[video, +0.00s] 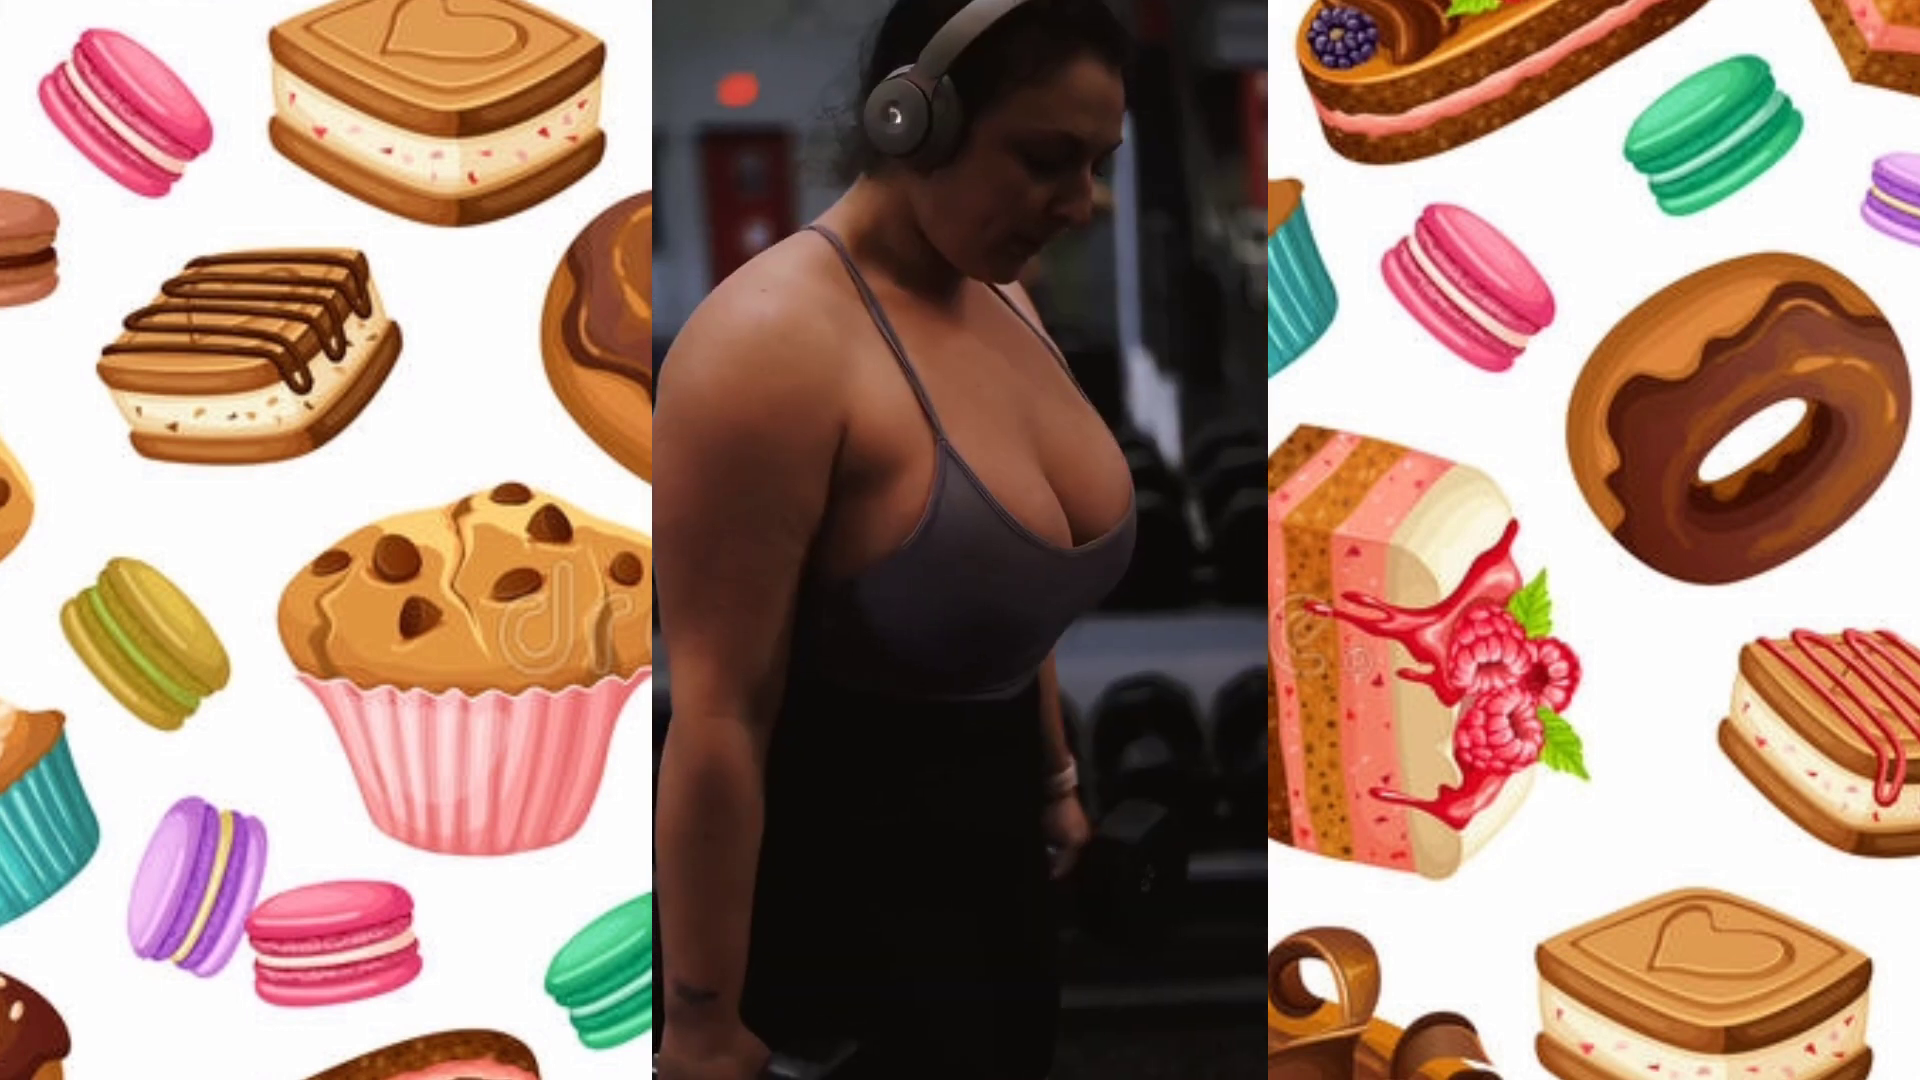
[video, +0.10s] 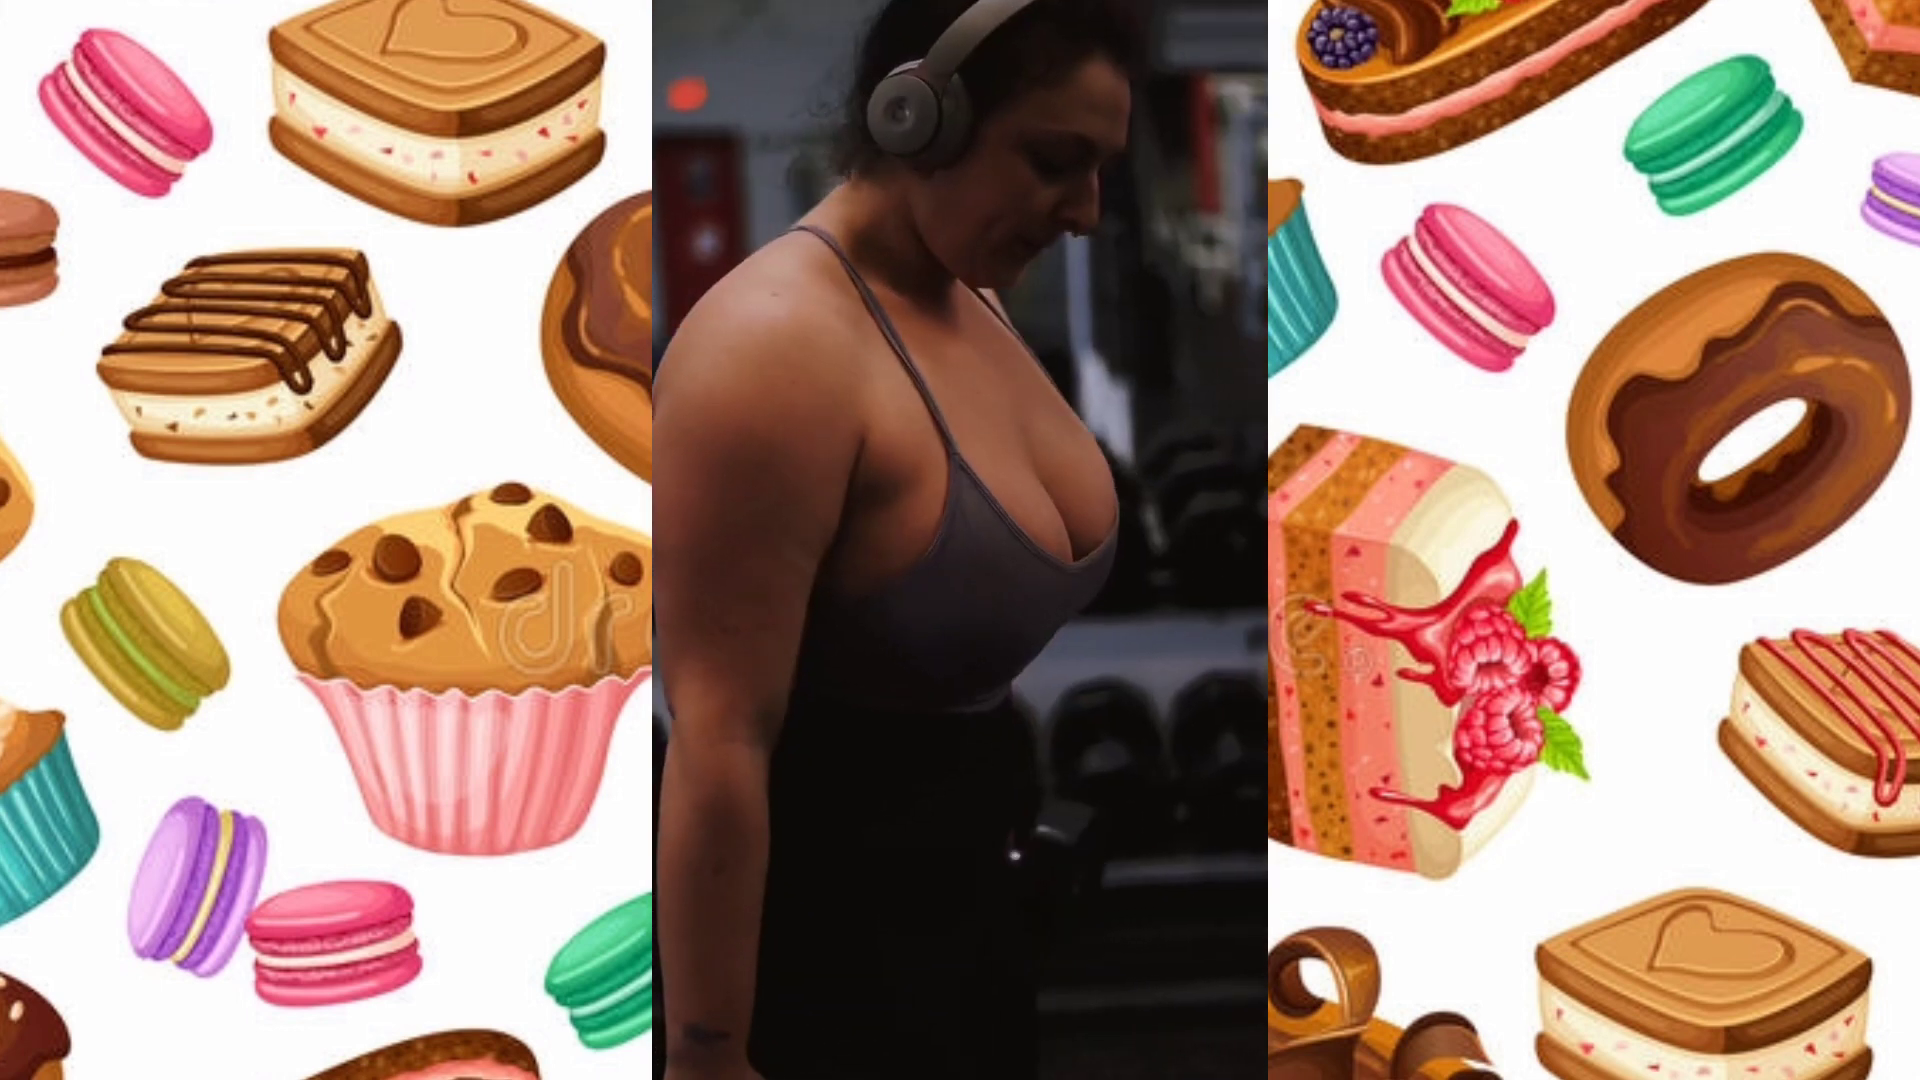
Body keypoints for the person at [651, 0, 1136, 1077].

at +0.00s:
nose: (1084, 201)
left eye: (1098, 163)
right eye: (1047, 158)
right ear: (914, 117)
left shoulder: (997, 296)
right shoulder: (765, 343)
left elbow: (1001, 582)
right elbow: (717, 714)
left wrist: (1054, 781)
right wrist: (701, 1019)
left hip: (989, 850)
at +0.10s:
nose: (1085, 212)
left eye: (1102, 169)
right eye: (1054, 160)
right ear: (918, 112)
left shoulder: (963, 303)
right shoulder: (769, 342)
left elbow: (948, 669)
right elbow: (717, 735)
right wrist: (705, 1052)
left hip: (962, 832)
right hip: (815, 855)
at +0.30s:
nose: (1129, 248)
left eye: (1139, 204)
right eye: (1105, 199)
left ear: (968, 160)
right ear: (966, 154)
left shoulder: (918, 326)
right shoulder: (833, 384)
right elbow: (773, 790)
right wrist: (773, 1074)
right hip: (829, 937)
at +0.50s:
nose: (1122, 252)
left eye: (1126, 209)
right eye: (1102, 202)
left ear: (969, 183)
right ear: (977, 181)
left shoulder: (785, 337)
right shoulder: (903, 412)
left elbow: (747, 726)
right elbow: (876, 799)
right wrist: (890, 1063)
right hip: (850, 879)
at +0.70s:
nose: (1062, 211)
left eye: (1057, 170)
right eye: (1039, 165)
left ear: (925, 166)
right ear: (930, 164)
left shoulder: (714, 362)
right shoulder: (941, 380)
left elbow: (716, 701)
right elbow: (972, 762)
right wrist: (1031, 1065)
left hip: (727, 854)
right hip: (883, 870)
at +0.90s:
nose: (1026, 190)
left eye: (1018, 149)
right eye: (1005, 146)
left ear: (893, 158)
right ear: (907, 156)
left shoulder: (688, 368)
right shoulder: (988, 352)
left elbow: (674, 695)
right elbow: (1062, 728)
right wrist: (1173, 1038)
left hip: (726, 872)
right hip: (942, 874)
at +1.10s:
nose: (1031, 176)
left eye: (1024, 138)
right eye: (1013, 138)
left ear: (817, 150)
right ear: (926, 146)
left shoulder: (677, 368)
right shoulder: (1057, 349)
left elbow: (637, 691)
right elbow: (1155, 701)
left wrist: (617, 955)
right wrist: (1280, 1000)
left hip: (751, 879)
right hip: (1009, 878)